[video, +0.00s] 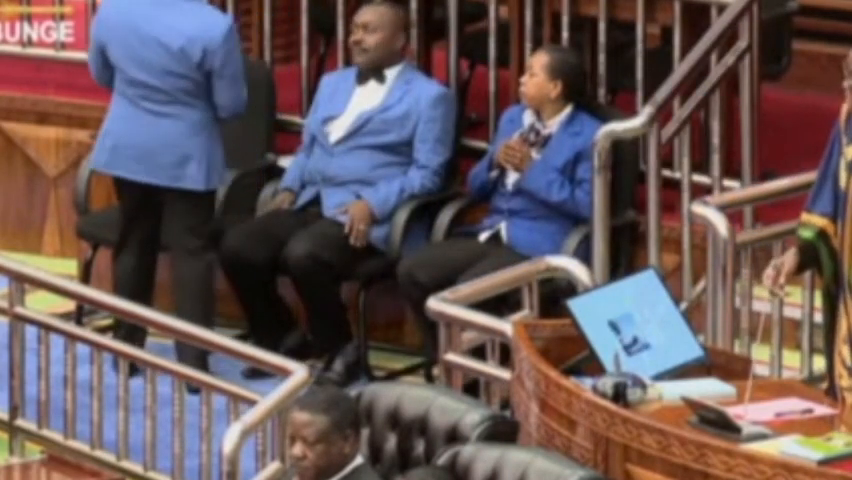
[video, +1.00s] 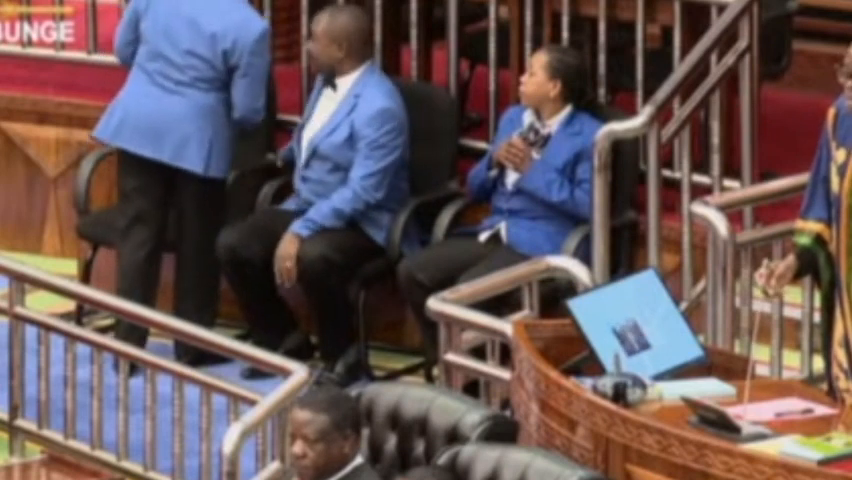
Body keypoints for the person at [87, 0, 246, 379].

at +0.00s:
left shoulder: (113, 10)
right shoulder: (214, 26)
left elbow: (102, 74)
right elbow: (231, 103)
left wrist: (141, 81)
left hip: (126, 150)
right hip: (186, 158)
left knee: (135, 244)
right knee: (191, 252)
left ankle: (128, 353)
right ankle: (193, 366)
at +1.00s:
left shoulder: (152, 3)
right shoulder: (250, 26)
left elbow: (124, 50)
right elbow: (246, 109)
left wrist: (159, 69)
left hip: (138, 129)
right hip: (199, 141)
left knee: (137, 237)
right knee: (197, 246)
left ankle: (128, 349)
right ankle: (191, 349)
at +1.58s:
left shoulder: (146, 4)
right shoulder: (215, 17)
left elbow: (133, 50)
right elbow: (212, 100)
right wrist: (247, 118)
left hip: (131, 126)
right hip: (180, 139)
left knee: (136, 235)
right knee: (191, 244)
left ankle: (114, 333)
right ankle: (190, 344)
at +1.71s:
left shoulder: (145, 6)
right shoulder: (181, 11)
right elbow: (170, 88)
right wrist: (222, 117)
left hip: (132, 137)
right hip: (167, 145)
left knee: (134, 242)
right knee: (181, 247)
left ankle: (113, 333)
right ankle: (191, 343)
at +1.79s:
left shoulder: (145, 6)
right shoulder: (181, 11)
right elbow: (170, 88)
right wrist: (222, 117)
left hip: (132, 137)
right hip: (167, 145)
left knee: (134, 242)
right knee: (181, 248)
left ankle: (113, 333)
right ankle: (191, 343)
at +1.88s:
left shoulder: (176, 10)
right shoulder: (143, 9)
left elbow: (185, 74)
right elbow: (125, 83)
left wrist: (204, 101)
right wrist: (186, 119)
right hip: (142, 149)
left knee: (123, 247)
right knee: (167, 250)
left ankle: (111, 334)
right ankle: (189, 343)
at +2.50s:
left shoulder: (179, 7)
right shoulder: (101, 11)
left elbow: (179, 64)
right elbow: (71, 81)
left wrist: (190, 113)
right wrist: (125, 131)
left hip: (149, 147)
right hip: (104, 148)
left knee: (123, 242)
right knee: (125, 244)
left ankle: (108, 332)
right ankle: (143, 336)